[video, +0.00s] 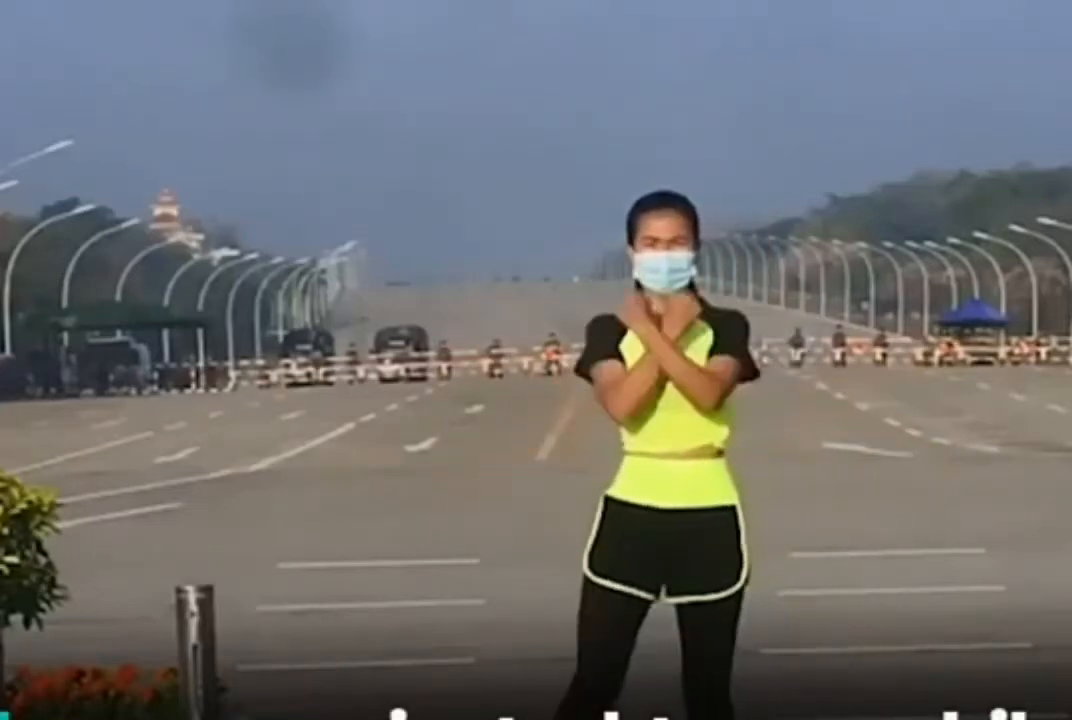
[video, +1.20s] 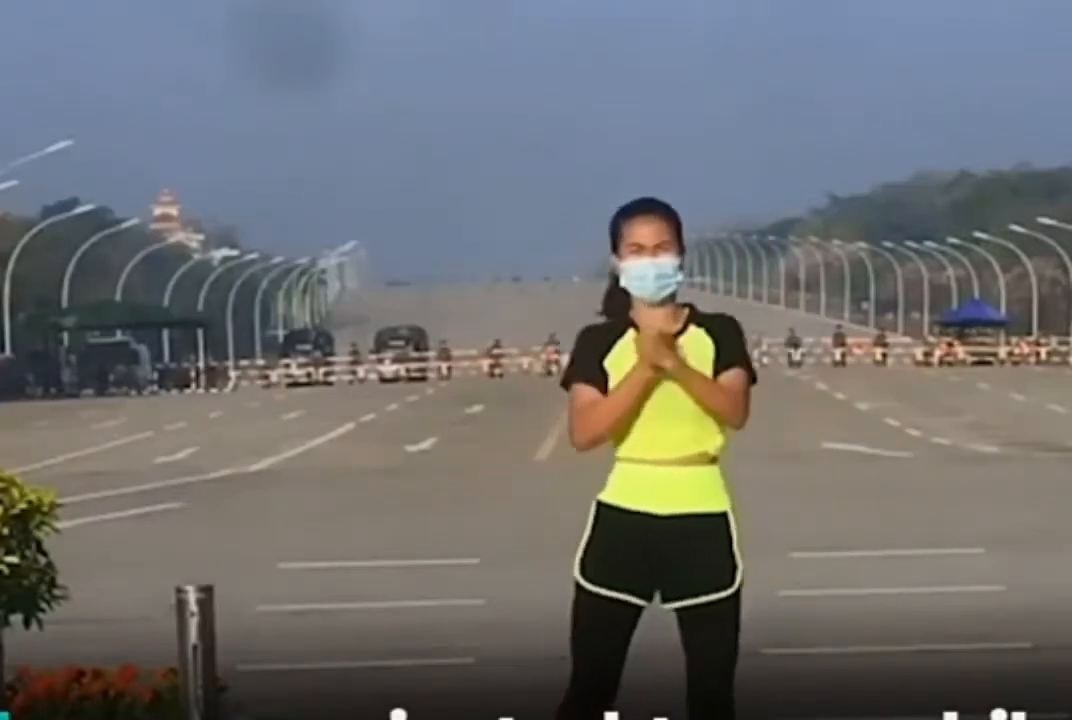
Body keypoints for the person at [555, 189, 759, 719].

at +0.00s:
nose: (664, 257)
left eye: (677, 245)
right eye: (650, 245)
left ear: (695, 250)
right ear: (631, 253)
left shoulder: (726, 325)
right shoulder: (610, 328)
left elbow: (710, 394)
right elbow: (622, 405)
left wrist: (643, 327)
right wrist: (668, 332)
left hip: (709, 518)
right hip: (631, 516)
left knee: (708, 691)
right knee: (595, 683)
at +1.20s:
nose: (652, 263)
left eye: (664, 250)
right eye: (637, 252)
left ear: (681, 256)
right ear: (617, 261)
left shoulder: (720, 332)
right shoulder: (598, 340)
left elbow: (735, 412)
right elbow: (585, 433)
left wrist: (675, 364)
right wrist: (646, 366)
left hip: (703, 524)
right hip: (622, 523)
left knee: (712, 693)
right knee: (591, 689)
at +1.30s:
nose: (664, 243)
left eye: (675, 230)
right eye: (649, 232)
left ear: (692, 237)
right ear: (628, 242)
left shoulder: (734, 315)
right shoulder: (606, 323)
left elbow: (770, 401)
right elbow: (566, 416)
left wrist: (733, 402)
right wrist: (619, 407)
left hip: (713, 511)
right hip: (632, 510)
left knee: (714, 686)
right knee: (620, 681)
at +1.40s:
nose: (673, 240)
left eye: (684, 227)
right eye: (658, 228)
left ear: (701, 234)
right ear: (636, 239)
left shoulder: (740, 317)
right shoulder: (611, 323)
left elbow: (768, 410)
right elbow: (582, 421)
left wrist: (779, 483)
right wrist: (596, 498)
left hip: (720, 503)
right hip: (639, 505)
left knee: (723, 674)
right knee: (651, 673)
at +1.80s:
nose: (707, 225)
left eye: (719, 212)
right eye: (692, 213)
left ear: (737, 218)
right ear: (671, 223)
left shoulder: (774, 295)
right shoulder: (651, 302)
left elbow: (793, 365)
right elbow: (649, 370)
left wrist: (822, 406)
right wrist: (652, 425)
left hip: (767, 486)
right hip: (685, 490)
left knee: (799, 653)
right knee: (682, 662)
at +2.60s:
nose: (789, 196)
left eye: (799, 183)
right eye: (773, 184)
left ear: (817, 194)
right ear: (751, 199)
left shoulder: (858, 274)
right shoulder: (730, 282)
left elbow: (881, 358)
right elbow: (716, 377)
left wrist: (900, 429)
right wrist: (726, 463)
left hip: (843, 461)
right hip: (758, 465)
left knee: (867, 631)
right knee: (749, 636)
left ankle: (889, 717)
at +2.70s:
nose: (793, 214)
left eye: (804, 202)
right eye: (779, 203)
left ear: (822, 210)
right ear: (757, 211)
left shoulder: (861, 287)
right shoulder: (739, 288)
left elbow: (919, 360)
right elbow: (688, 379)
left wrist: (884, 437)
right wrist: (746, 444)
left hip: (847, 483)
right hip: (764, 486)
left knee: (873, 650)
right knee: (759, 656)